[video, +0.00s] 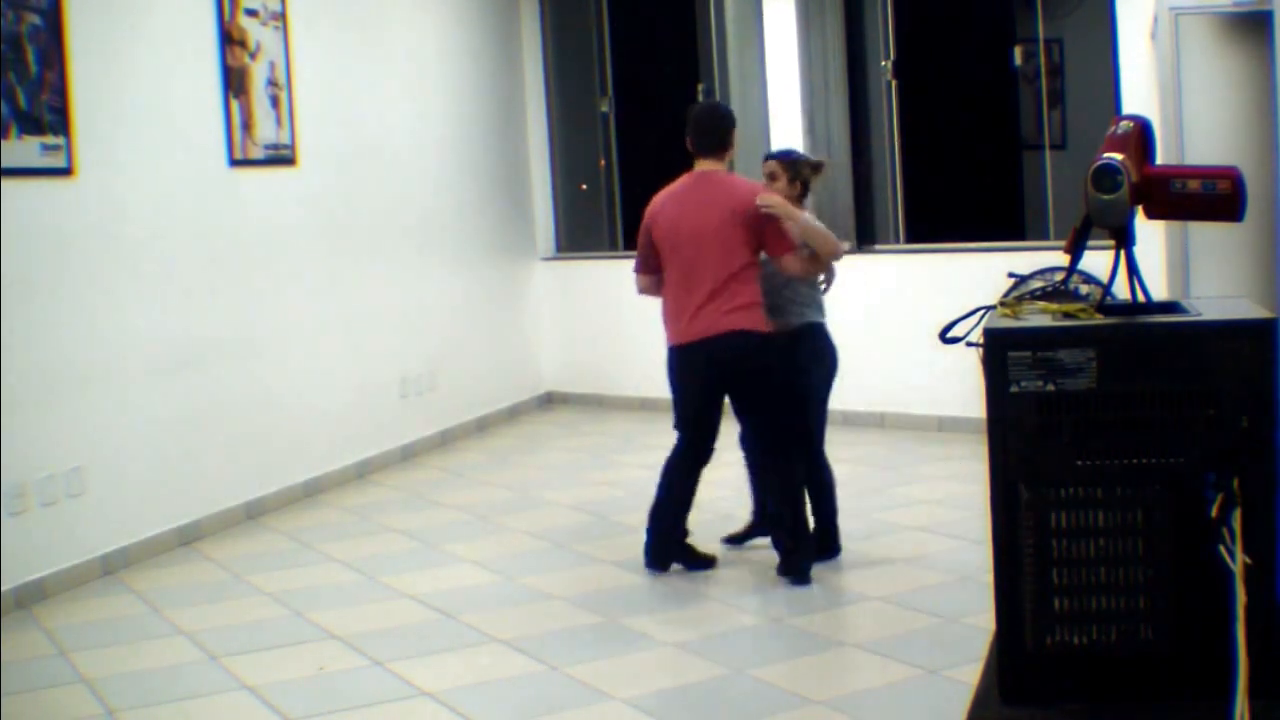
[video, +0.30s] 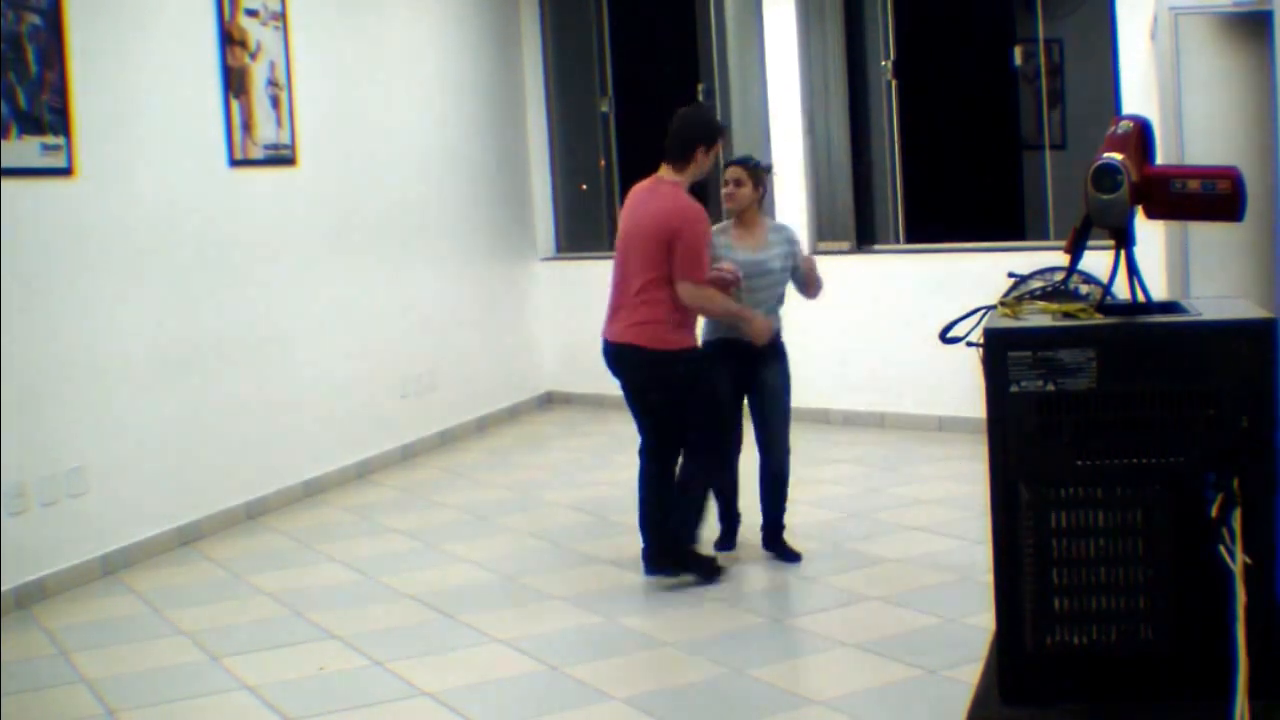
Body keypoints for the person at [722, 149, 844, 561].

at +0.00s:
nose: (764, 186)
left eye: (773, 178)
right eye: (763, 178)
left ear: (796, 185)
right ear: (762, 182)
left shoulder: (805, 221)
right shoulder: (753, 224)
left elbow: (832, 252)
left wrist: (788, 214)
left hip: (807, 340)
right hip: (766, 343)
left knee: (807, 443)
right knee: (755, 436)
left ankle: (826, 535)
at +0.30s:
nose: (728, 191)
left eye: (737, 184)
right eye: (725, 184)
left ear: (759, 189)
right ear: (722, 191)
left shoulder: (782, 236)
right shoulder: (712, 238)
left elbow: (810, 291)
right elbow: (695, 289)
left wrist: (808, 271)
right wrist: (713, 279)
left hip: (767, 345)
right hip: (721, 346)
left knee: (775, 443)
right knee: (724, 442)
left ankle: (773, 532)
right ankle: (728, 522)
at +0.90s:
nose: (713, 202)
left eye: (721, 193)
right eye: (708, 196)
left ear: (742, 196)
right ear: (705, 203)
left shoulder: (766, 239)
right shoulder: (708, 248)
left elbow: (789, 289)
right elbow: (695, 297)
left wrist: (815, 263)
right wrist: (672, 276)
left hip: (759, 353)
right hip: (719, 356)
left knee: (756, 441)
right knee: (740, 442)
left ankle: (741, 510)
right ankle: (744, 529)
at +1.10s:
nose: (701, 205)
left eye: (708, 196)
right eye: (698, 198)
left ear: (733, 199)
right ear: (705, 205)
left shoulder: (767, 250)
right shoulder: (697, 254)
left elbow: (785, 311)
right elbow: (669, 306)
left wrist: (770, 277)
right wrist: (633, 285)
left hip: (754, 362)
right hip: (706, 367)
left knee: (779, 454)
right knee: (736, 460)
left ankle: (762, 502)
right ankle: (765, 541)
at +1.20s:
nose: (693, 207)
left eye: (698, 199)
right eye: (695, 199)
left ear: (718, 202)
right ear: (714, 203)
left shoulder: (756, 251)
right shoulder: (700, 256)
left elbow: (757, 310)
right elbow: (677, 308)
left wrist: (716, 278)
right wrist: (639, 281)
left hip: (746, 365)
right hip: (703, 368)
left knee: (747, 458)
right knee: (729, 463)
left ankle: (786, 509)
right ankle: (764, 540)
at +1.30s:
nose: (689, 203)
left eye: (694, 196)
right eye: (691, 195)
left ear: (709, 201)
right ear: (715, 201)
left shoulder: (732, 248)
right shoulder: (711, 249)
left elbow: (722, 306)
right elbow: (698, 301)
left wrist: (672, 274)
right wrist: (663, 273)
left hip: (734, 363)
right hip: (713, 365)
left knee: (713, 455)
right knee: (732, 456)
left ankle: (769, 541)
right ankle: (768, 541)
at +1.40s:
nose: (681, 199)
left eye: (684, 193)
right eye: (683, 192)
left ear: (694, 198)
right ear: (725, 201)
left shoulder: (696, 248)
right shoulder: (732, 246)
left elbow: (669, 303)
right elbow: (701, 276)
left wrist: (642, 272)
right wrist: (663, 262)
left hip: (712, 363)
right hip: (742, 358)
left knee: (697, 465)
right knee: (736, 455)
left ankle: (716, 559)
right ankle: (778, 538)